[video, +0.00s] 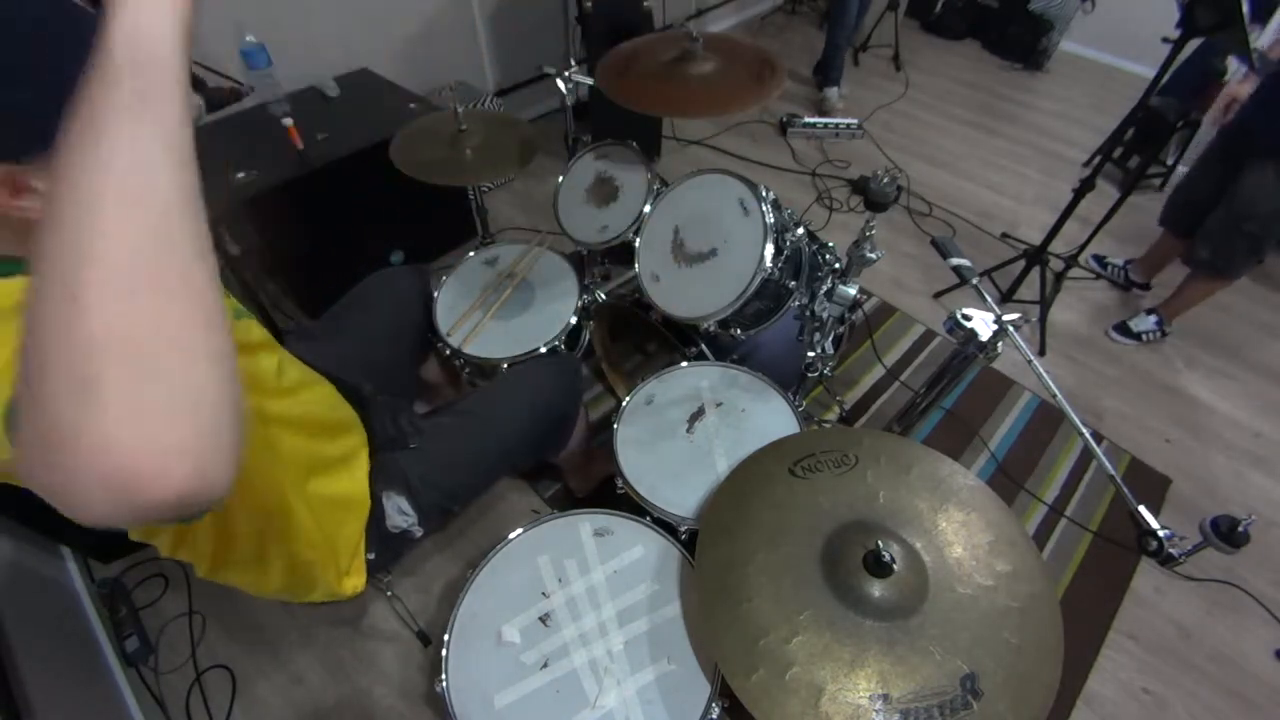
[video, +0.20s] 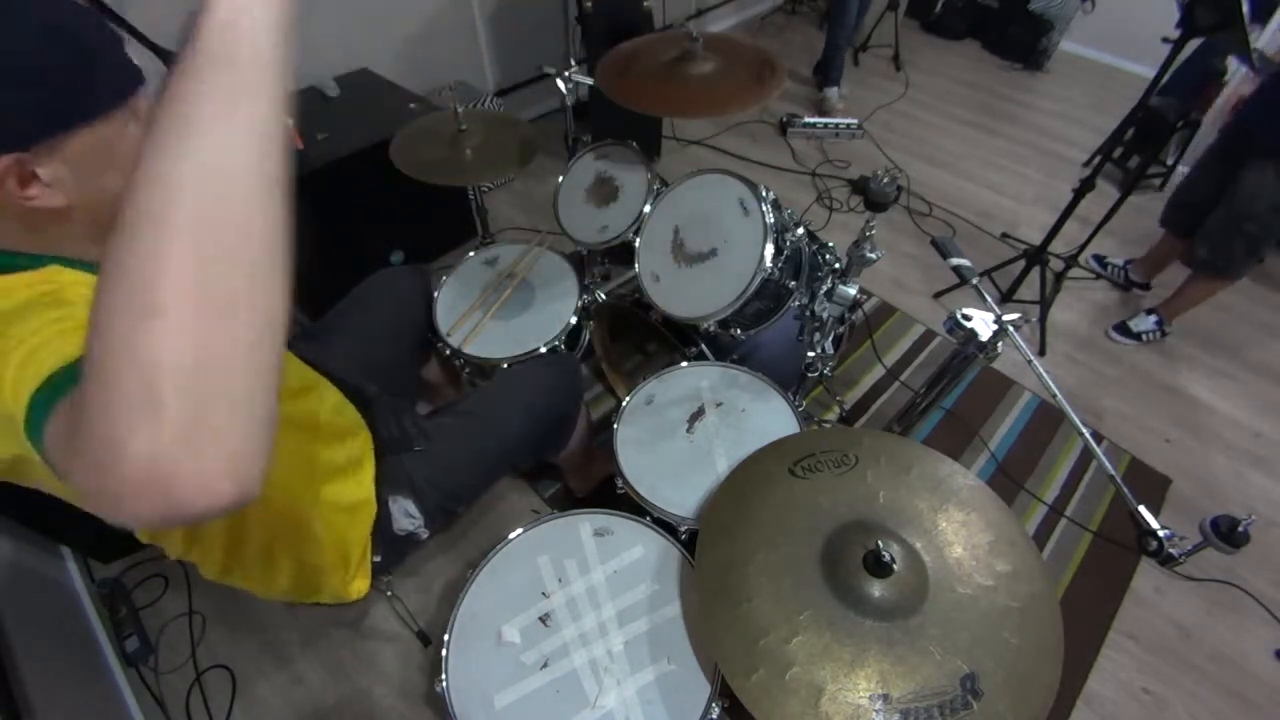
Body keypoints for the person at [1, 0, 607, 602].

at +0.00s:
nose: (114, 166)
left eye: (105, 147)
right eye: (87, 155)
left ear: (21, 189)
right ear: (20, 192)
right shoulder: (12, 332)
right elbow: (152, 467)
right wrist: (148, 15)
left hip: (294, 394)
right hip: (349, 511)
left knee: (402, 281)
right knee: (554, 368)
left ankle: (421, 405)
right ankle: (558, 471)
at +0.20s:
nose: (156, 120)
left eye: (143, 104)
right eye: (132, 116)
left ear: (33, 182)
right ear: (32, 182)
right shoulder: (25, 327)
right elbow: (180, 465)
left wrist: (236, 162)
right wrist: (246, 4)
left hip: (302, 400)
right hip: (358, 514)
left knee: (404, 282)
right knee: (553, 371)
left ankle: (406, 419)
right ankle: (563, 467)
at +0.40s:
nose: (121, 92)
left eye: (100, 76)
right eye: (88, 88)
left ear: (20, 158)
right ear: (13, 155)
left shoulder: (53, 242)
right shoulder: (29, 294)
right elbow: (185, 312)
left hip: (289, 394)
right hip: (349, 513)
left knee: (414, 285)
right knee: (561, 375)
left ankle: (421, 399)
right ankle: (569, 468)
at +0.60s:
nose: (126, 92)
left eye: (103, 75)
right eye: (90, 85)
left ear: (19, 150)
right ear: (14, 145)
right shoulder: (55, 278)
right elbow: (225, 213)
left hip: (278, 402)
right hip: (350, 511)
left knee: (428, 283)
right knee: (560, 385)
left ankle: (427, 394)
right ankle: (569, 476)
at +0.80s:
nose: (126, 94)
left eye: (103, 74)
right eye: (90, 85)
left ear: (17, 149)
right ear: (12, 145)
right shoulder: (39, 283)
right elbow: (210, 242)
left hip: (280, 399)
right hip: (343, 513)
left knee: (413, 286)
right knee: (565, 379)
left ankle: (435, 394)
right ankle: (579, 472)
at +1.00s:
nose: (114, 84)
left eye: (98, 70)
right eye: (84, 86)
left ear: (19, 161)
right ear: (14, 158)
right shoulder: (26, 310)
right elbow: (177, 346)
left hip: (294, 392)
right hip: (349, 514)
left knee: (403, 283)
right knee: (560, 372)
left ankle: (432, 391)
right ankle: (576, 467)